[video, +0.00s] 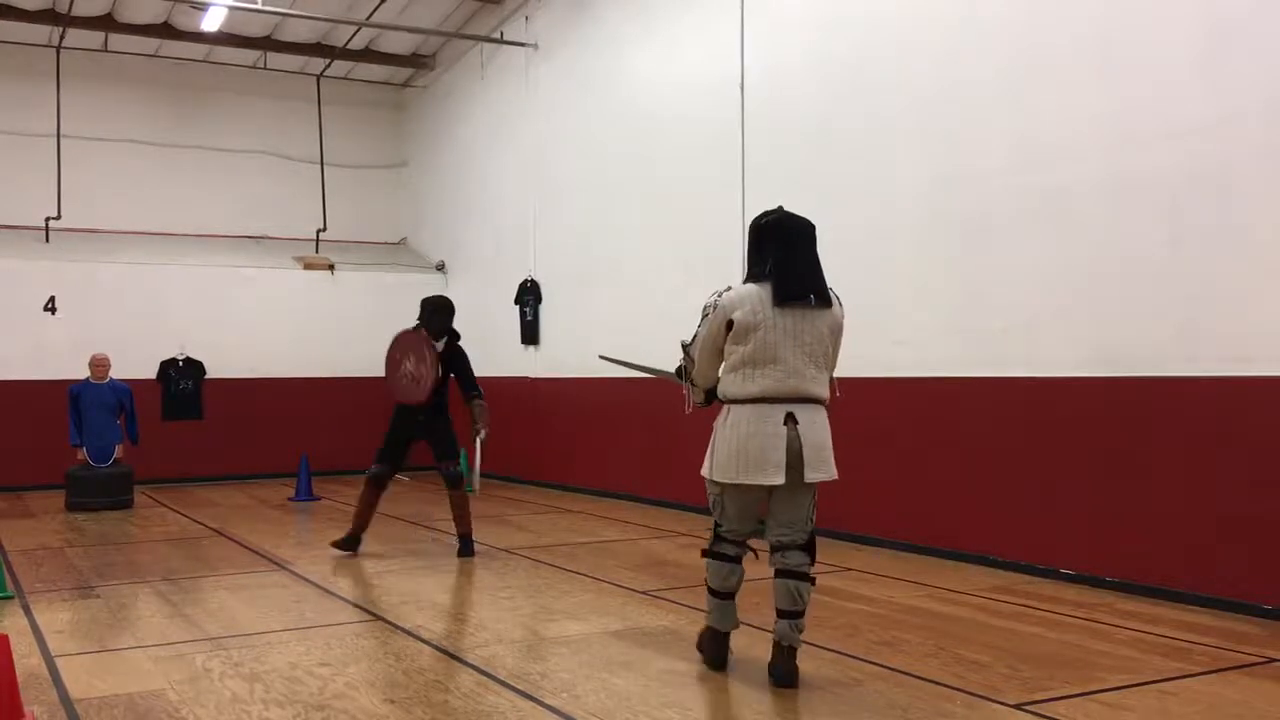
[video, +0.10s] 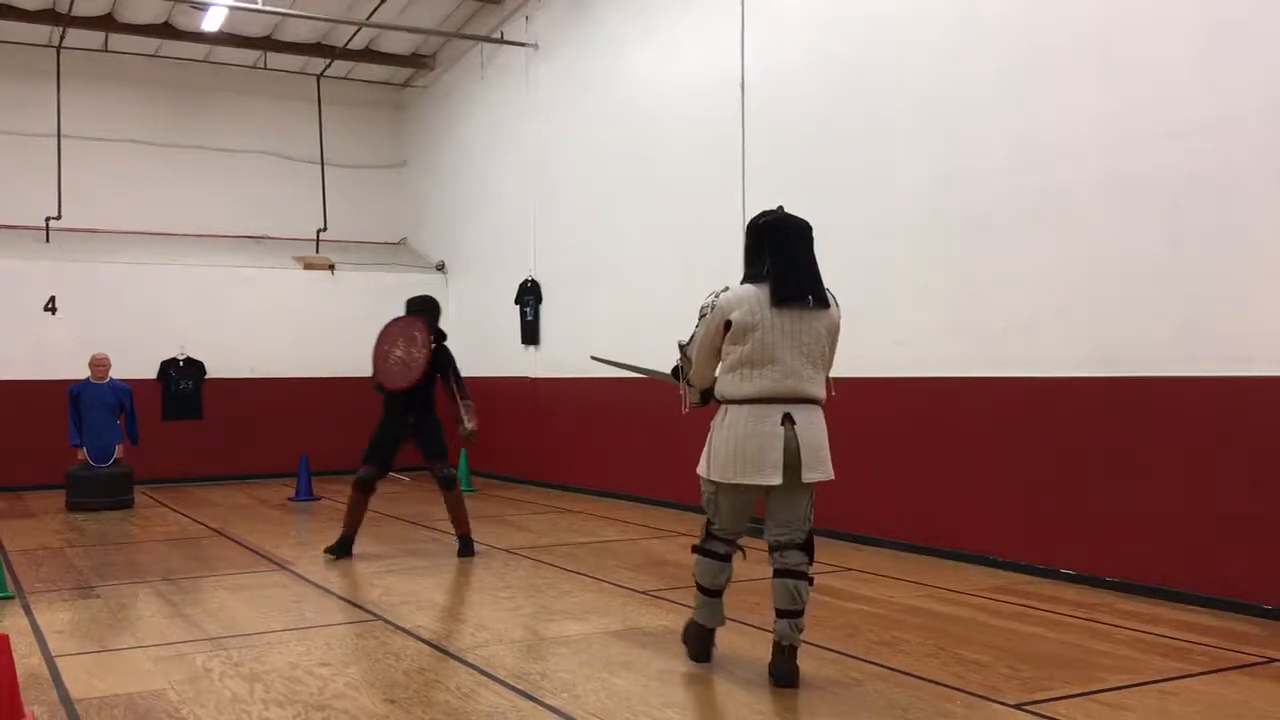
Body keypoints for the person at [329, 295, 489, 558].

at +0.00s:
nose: (426, 327)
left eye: (433, 322)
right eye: (425, 320)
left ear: (445, 323)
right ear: (421, 318)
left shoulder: (452, 351)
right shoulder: (409, 343)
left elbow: (471, 390)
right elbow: (397, 375)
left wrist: (480, 421)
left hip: (437, 419)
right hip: (405, 416)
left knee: (453, 476)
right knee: (378, 475)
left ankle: (465, 539)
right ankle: (354, 535)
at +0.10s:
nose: (417, 325)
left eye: (423, 319)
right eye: (413, 319)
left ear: (433, 321)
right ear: (406, 319)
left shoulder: (438, 352)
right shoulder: (396, 349)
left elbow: (457, 387)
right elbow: (378, 383)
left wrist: (467, 420)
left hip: (425, 422)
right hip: (392, 422)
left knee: (445, 477)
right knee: (364, 479)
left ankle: (465, 539)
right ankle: (345, 541)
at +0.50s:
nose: (375, 322)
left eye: (380, 316)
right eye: (370, 315)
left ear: (386, 318)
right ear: (357, 316)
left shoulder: (391, 352)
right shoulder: (337, 347)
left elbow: (402, 395)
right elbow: (323, 388)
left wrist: (413, 432)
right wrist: (345, 391)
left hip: (378, 423)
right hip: (343, 424)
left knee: (397, 470)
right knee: (331, 484)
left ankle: (390, 538)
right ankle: (341, 541)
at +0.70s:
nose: (369, 323)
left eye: (374, 317)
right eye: (363, 317)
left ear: (381, 321)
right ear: (351, 319)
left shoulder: (386, 356)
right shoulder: (331, 352)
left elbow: (390, 402)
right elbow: (309, 397)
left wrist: (396, 438)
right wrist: (298, 439)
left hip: (371, 428)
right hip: (336, 427)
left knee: (376, 482)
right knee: (327, 490)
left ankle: (379, 546)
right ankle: (341, 542)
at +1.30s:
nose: (373, 333)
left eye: (379, 328)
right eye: (369, 327)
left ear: (387, 328)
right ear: (357, 324)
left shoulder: (391, 357)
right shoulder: (336, 349)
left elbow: (407, 391)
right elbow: (324, 385)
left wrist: (419, 411)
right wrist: (341, 389)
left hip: (370, 428)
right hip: (337, 425)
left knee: (378, 485)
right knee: (318, 485)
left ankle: (380, 556)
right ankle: (323, 533)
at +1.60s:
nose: (356, 332)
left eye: (363, 327)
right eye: (351, 326)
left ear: (373, 329)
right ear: (341, 325)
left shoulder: (375, 359)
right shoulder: (322, 351)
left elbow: (379, 392)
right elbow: (308, 385)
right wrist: (323, 379)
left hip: (356, 431)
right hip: (322, 430)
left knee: (369, 486)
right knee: (303, 494)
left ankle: (378, 555)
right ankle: (311, 541)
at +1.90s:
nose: (334, 334)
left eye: (340, 329)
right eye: (329, 328)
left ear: (349, 329)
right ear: (320, 326)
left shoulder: (353, 358)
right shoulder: (300, 351)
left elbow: (365, 397)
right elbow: (287, 383)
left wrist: (373, 425)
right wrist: (298, 393)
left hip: (336, 427)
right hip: (303, 428)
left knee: (352, 482)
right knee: (291, 493)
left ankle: (369, 546)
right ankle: (311, 542)